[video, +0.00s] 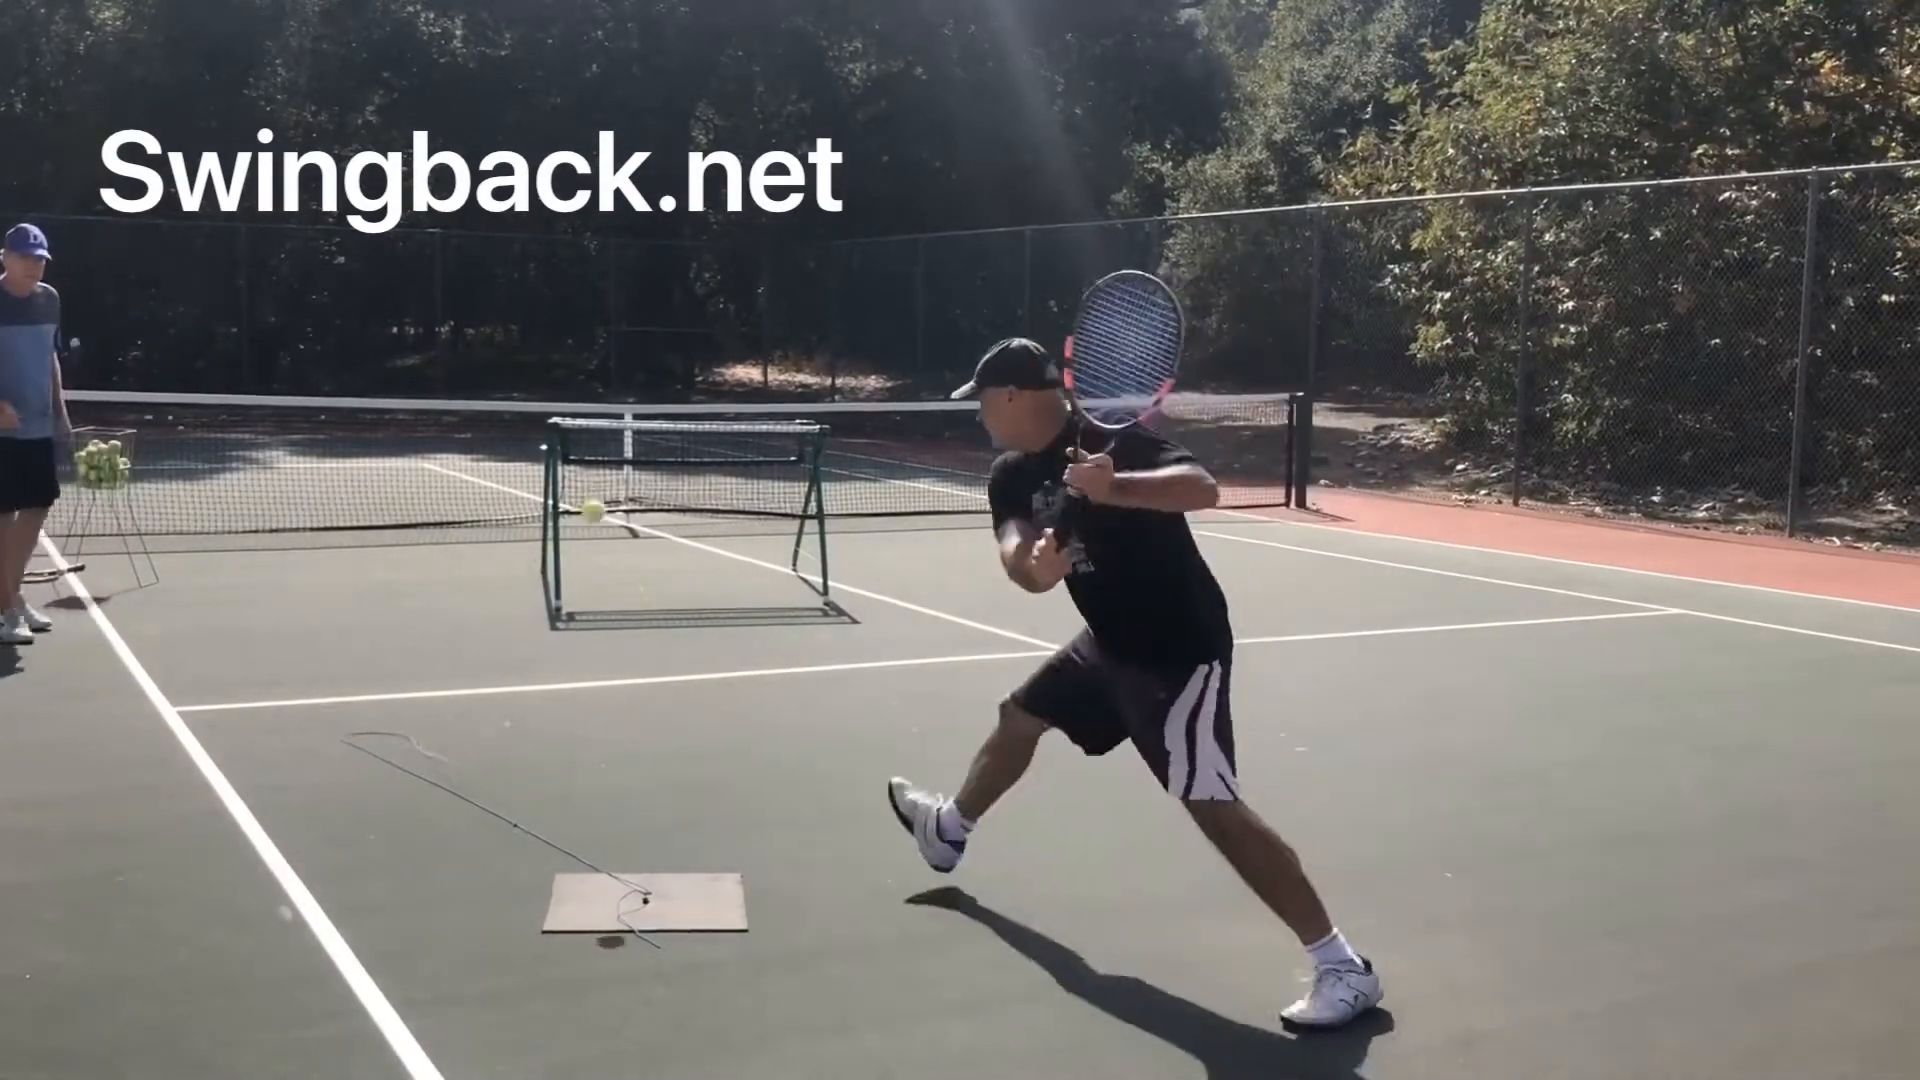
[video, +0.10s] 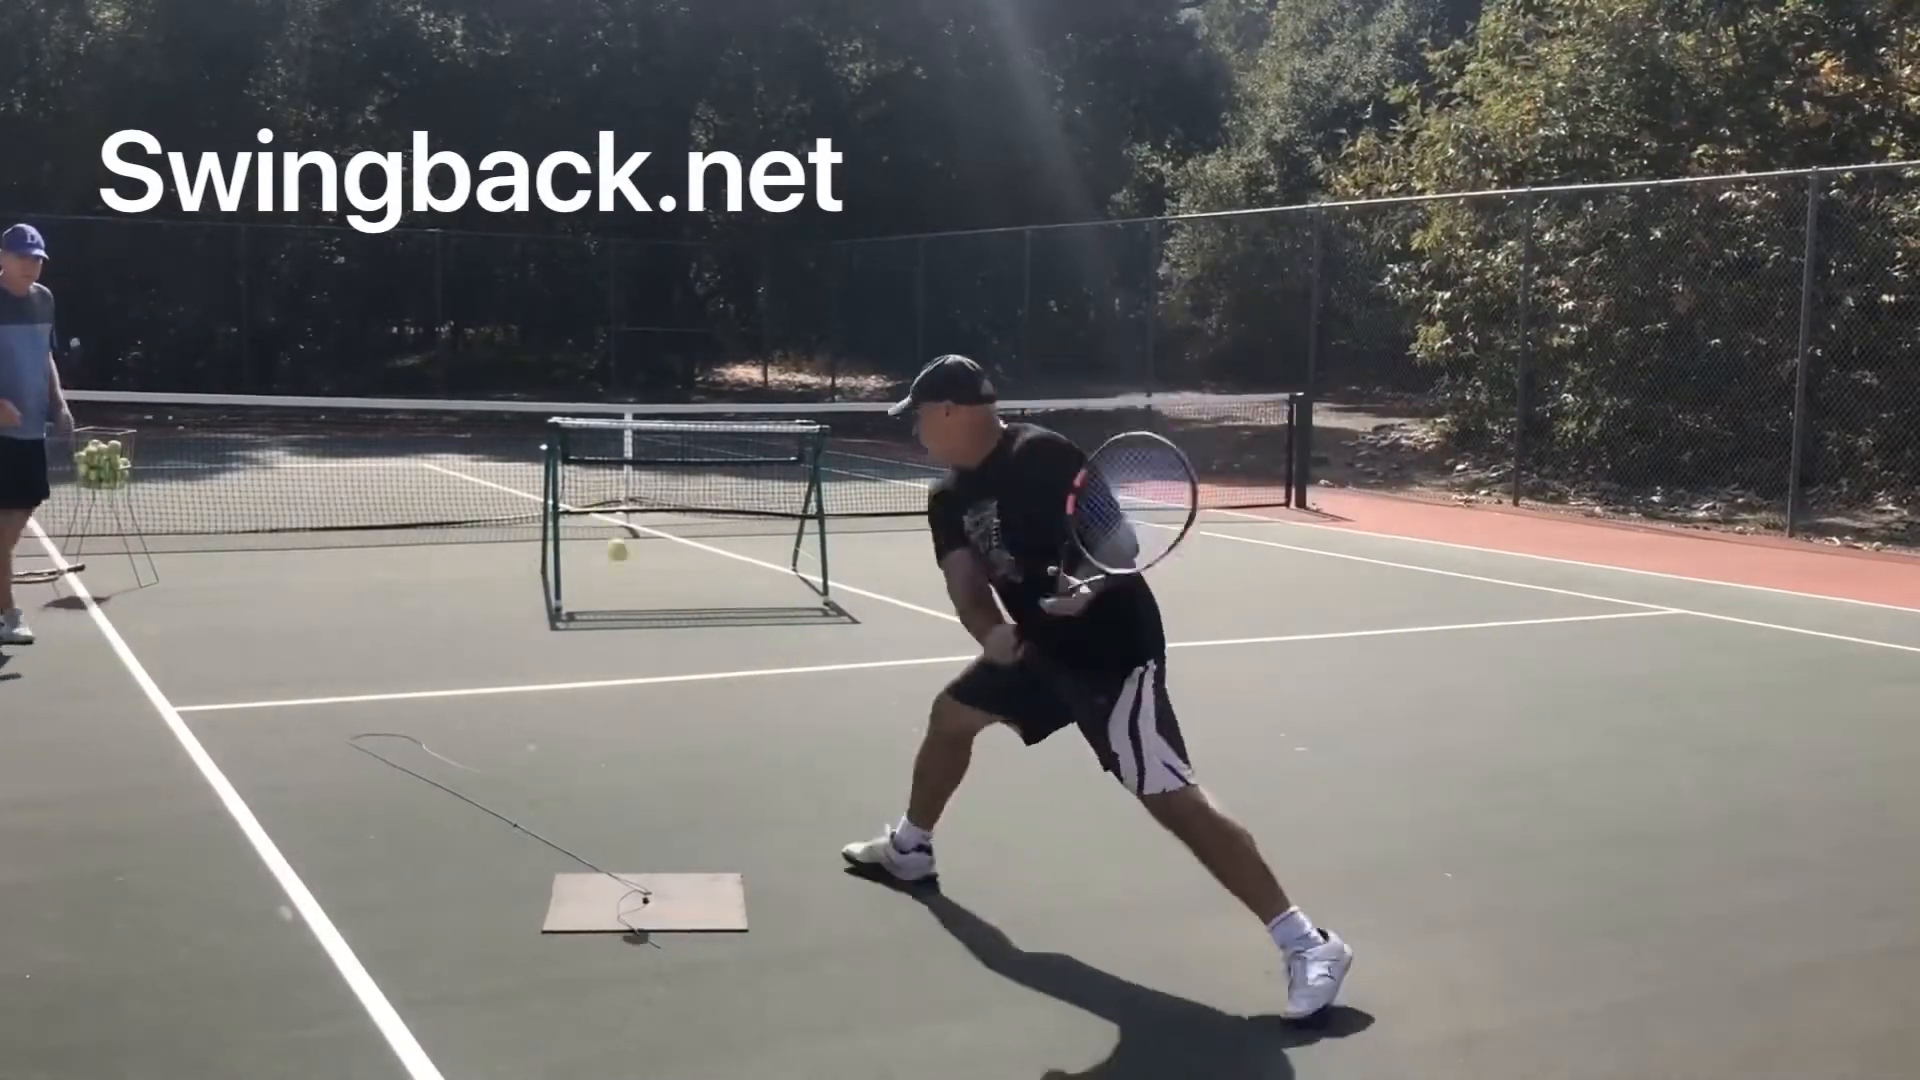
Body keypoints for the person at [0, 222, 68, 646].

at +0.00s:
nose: (33, 266)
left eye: (39, 259)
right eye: (25, 257)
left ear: (44, 262)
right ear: (6, 258)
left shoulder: (48, 298)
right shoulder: (1, 297)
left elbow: (50, 357)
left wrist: (60, 413)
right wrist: (0, 405)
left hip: (40, 430)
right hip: (6, 431)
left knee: (38, 506)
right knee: (6, 515)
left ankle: (13, 596)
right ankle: (7, 608)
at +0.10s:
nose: (33, 267)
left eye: (37, 260)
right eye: (25, 259)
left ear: (41, 262)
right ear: (4, 259)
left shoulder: (42, 299)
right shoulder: (0, 299)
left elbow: (45, 354)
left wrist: (60, 402)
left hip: (32, 434)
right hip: (4, 432)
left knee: (21, 513)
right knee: (6, 522)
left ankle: (4, 600)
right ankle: (7, 610)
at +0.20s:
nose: (29, 267)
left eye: (34, 260)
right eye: (21, 259)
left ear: (38, 263)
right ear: (2, 260)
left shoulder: (37, 299)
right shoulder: (1, 301)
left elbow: (39, 354)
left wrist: (57, 395)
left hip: (27, 434)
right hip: (4, 432)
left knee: (9, 517)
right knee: (4, 520)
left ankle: (6, 608)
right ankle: (7, 610)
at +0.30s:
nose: (26, 268)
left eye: (30, 261)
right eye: (19, 260)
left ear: (33, 265)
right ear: (0, 260)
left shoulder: (31, 300)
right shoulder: (2, 301)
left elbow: (32, 357)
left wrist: (52, 396)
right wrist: (1, 404)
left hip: (21, 433)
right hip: (2, 432)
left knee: (5, 520)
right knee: (3, 521)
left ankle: (7, 609)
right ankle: (6, 610)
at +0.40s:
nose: (25, 268)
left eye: (27, 261)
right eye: (18, 260)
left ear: (25, 265)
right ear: (1, 262)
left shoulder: (22, 302)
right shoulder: (5, 304)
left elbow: (23, 362)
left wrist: (44, 402)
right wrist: (2, 403)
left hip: (16, 431)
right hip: (2, 431)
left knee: (5, 515)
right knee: (3, 518)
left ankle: (7, 610)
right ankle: (7, 611)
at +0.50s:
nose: (23, 268)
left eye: (23, 262)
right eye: (17, 261)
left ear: (18, 264)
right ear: (0, 261)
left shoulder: (13, 304)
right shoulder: (4, 304)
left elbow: (14, 371)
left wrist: (33, 414)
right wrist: (1, 406)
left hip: (11, 431)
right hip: (2, 432)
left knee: (3, 516)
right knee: (2, 519)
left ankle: (8, 609)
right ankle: (7, 610)